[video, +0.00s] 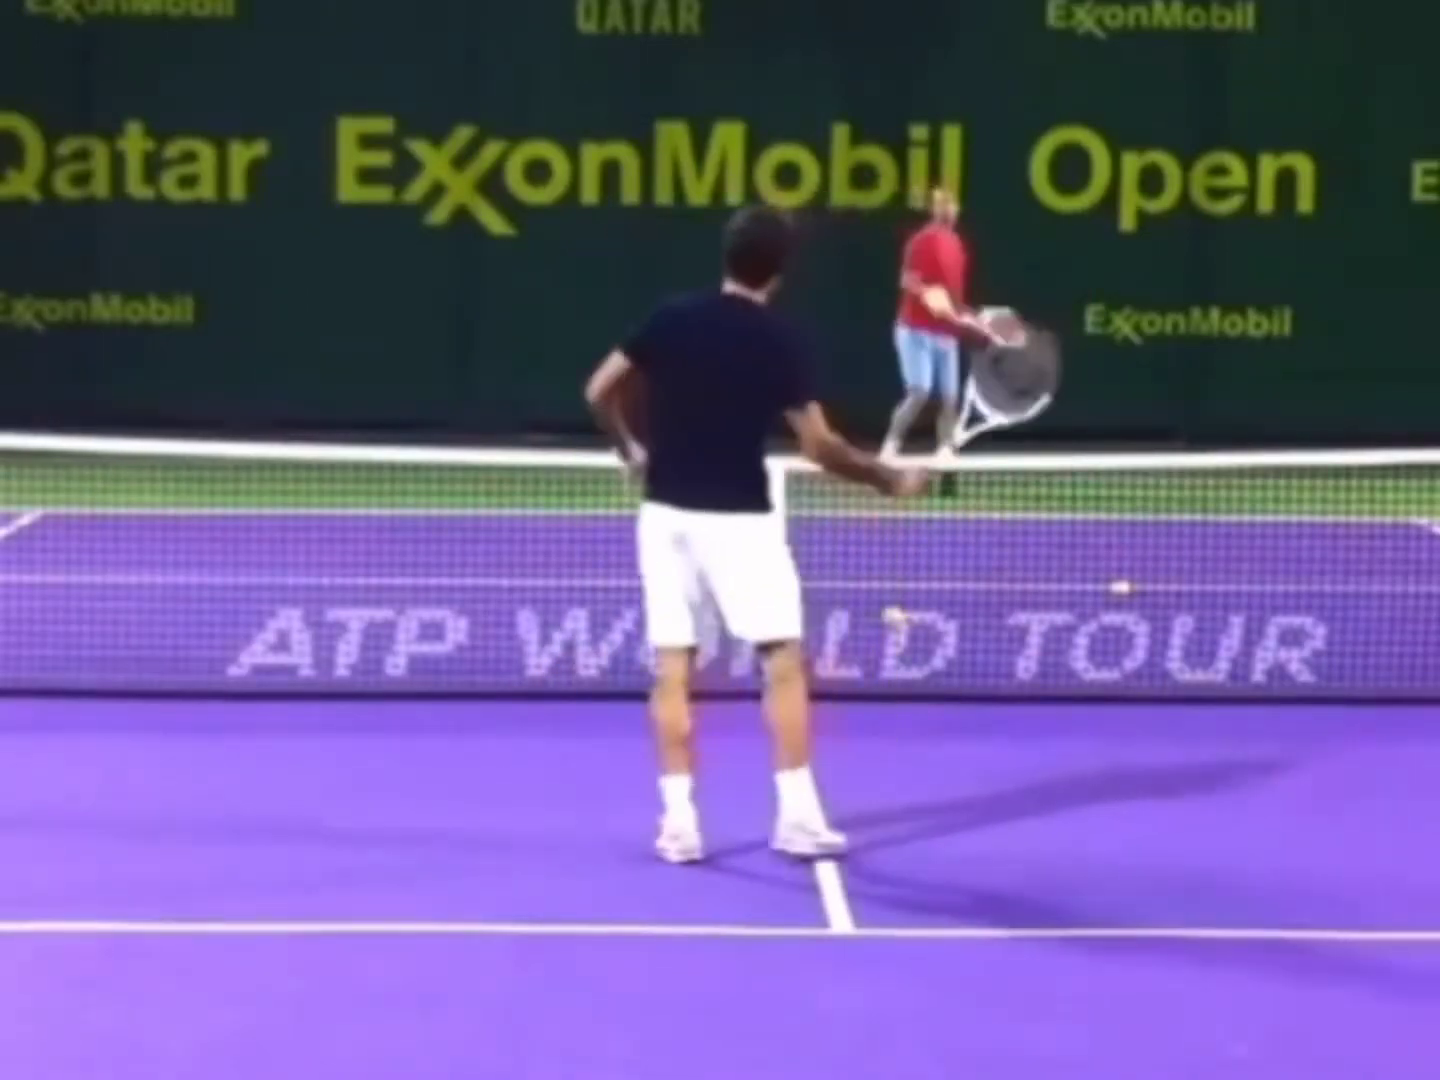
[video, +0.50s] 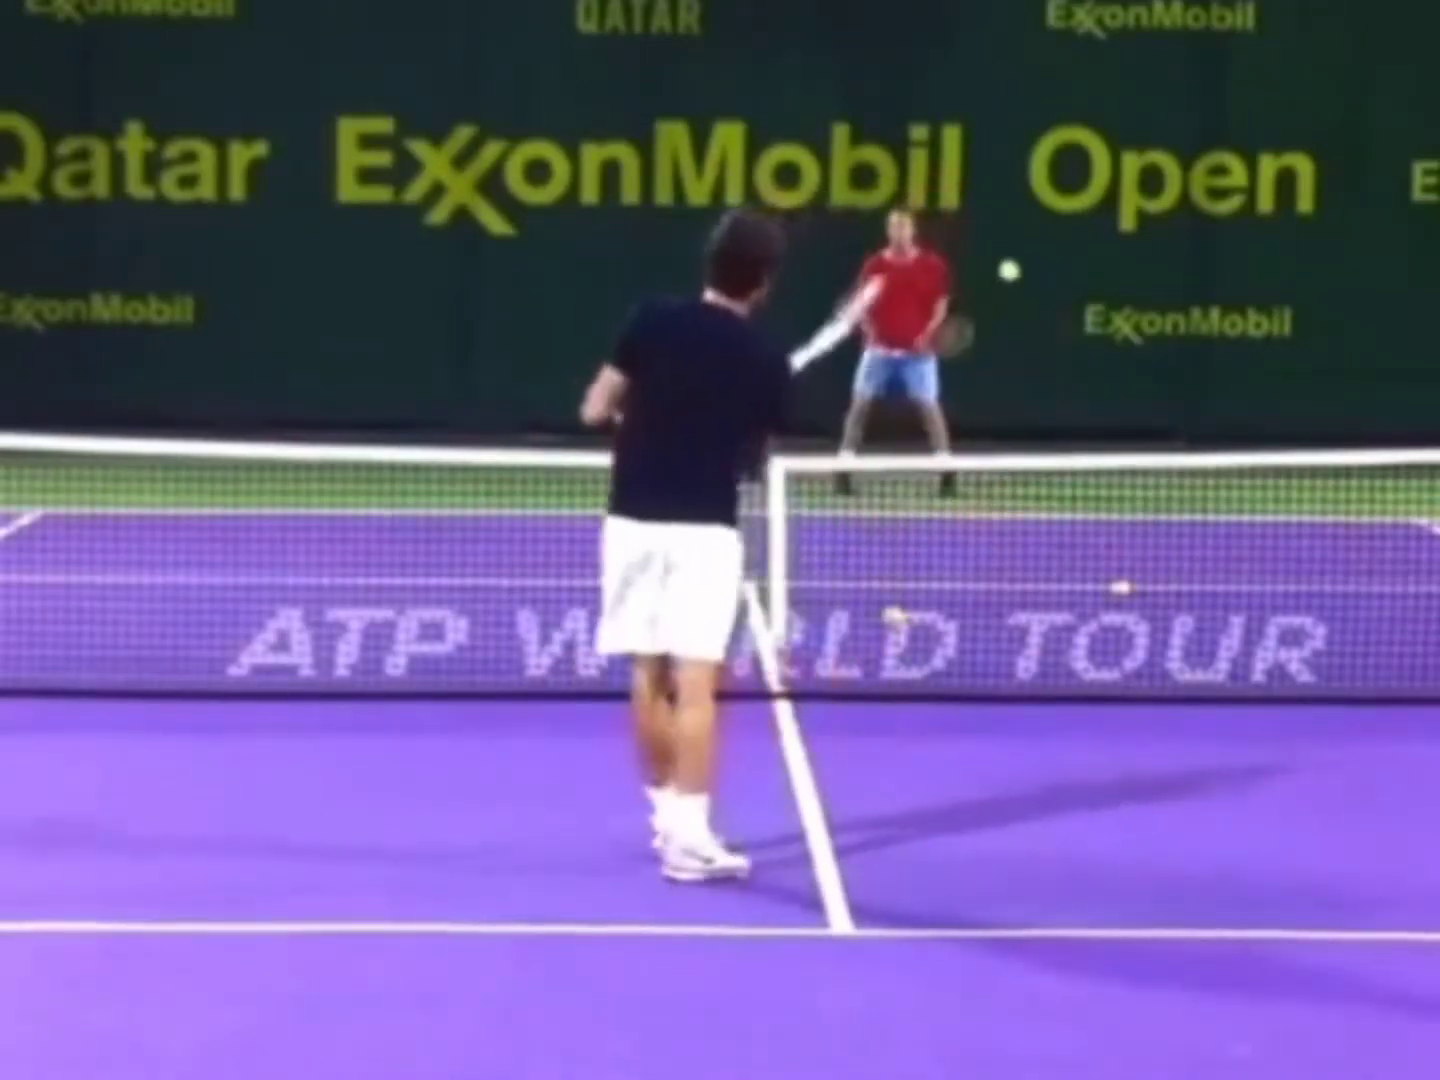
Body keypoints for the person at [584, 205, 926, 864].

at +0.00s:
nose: (779, 272)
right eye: (781, 263)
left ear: (725, 260)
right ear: (780, 270)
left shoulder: (675, 319)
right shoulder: (777, 338)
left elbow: (599, 392)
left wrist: (633, 452)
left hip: (666, 516)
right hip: (741, 522)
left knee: (672, 667)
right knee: (783, 660)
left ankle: (678, 818)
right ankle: (797, 813)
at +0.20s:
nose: (778, 281)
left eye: (775, 269)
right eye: (779, 272)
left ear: (720, 258)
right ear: (769, 276)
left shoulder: (661, 315)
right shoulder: (760, 342)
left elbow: (589, 389)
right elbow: (784, 441)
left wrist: (631, 432)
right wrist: (827, 486)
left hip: (650, 516)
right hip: (721, 521)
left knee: (660, 672)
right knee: (734, 668)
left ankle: (676, 815)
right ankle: (724, 813)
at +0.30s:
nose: (771, 281)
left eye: (765, 268)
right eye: (774, 272)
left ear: (714, 261)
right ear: (768, 277)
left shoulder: (659, 317)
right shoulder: (765, 348)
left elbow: (588, 389)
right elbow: (767, 446)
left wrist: (634, 424)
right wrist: (773, 453)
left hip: (646, 515)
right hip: (716, 522)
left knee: (659, 671)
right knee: (715, 672)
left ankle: (673, 813)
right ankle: (698, 812)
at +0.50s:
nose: (765, 287)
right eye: (767, 278)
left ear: (707, 268)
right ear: (764, 285)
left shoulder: (654, 323)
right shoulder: (765, 358)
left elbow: (596, 408)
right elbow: (763, 450)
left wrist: (652, 413)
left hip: (633, 523)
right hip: (707, 530)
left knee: (649, 676)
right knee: (697, 683)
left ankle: (665, 811)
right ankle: (690, 827)